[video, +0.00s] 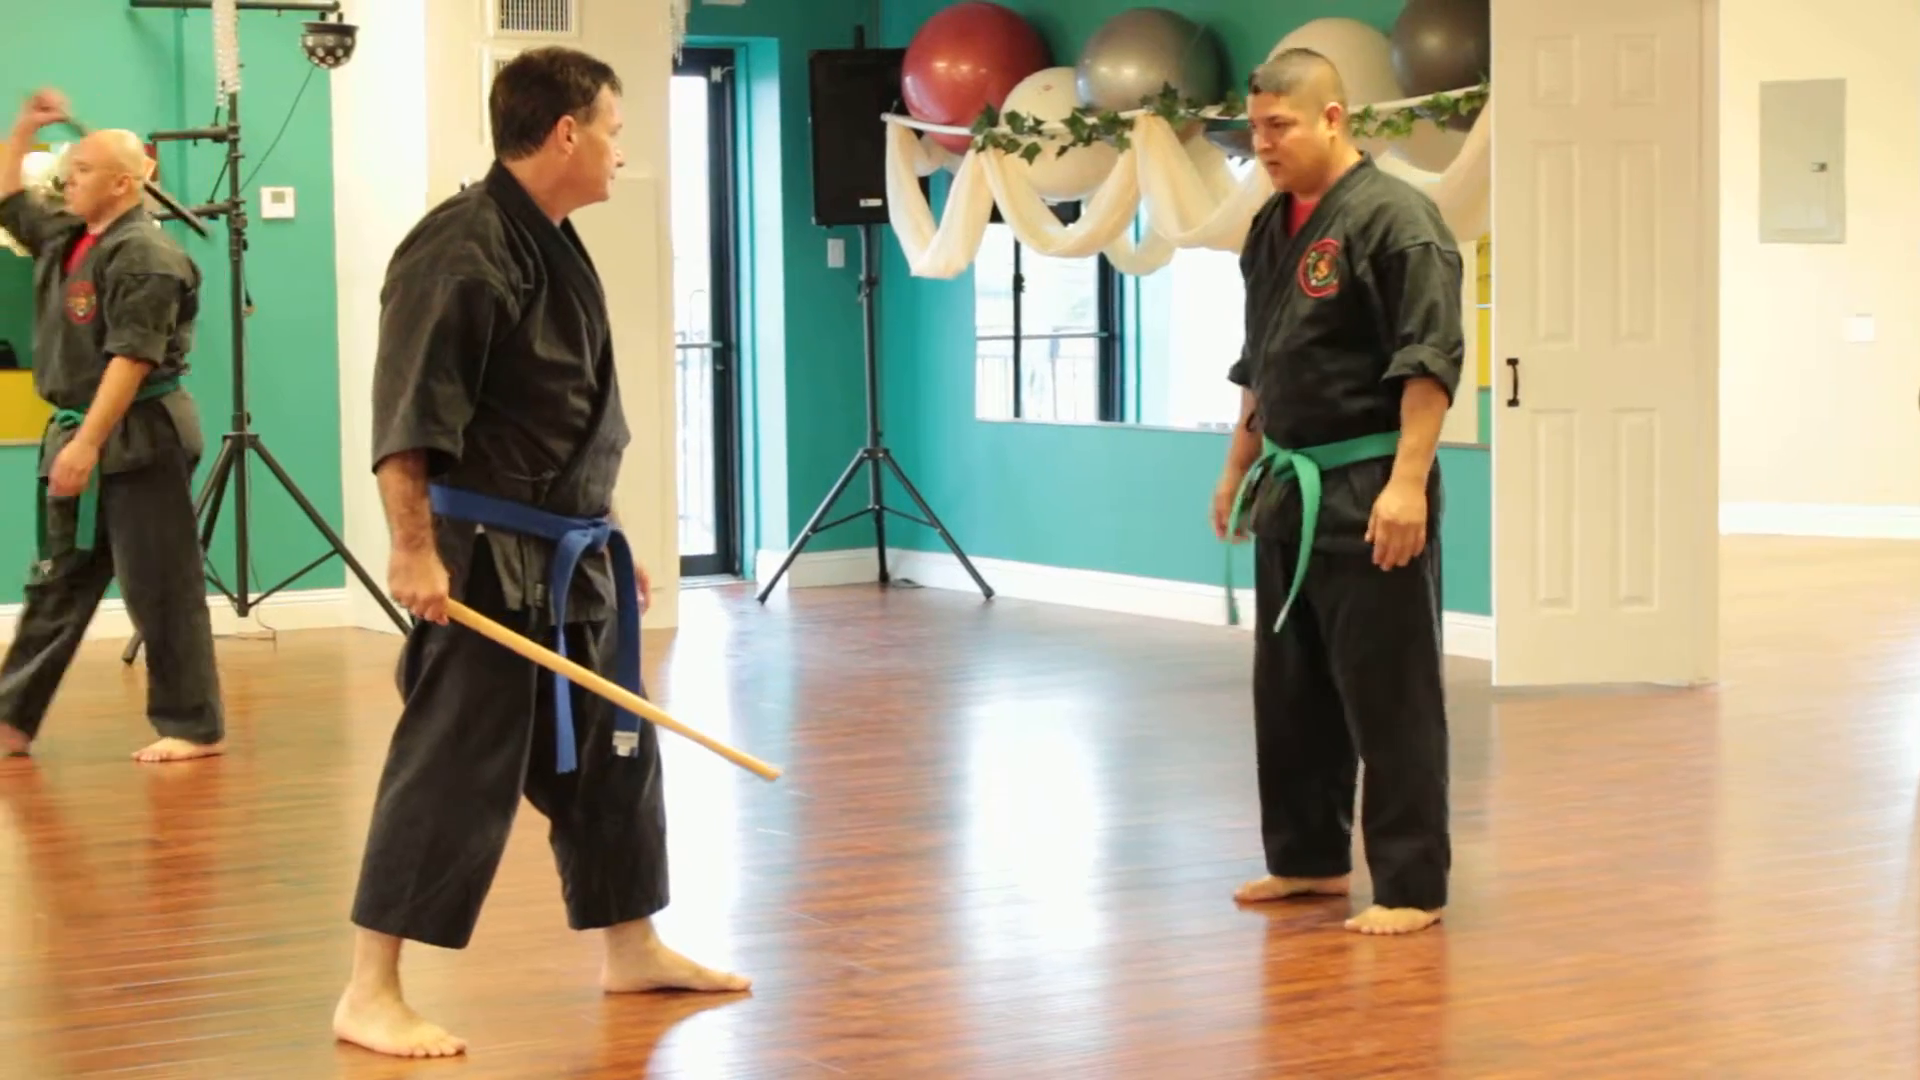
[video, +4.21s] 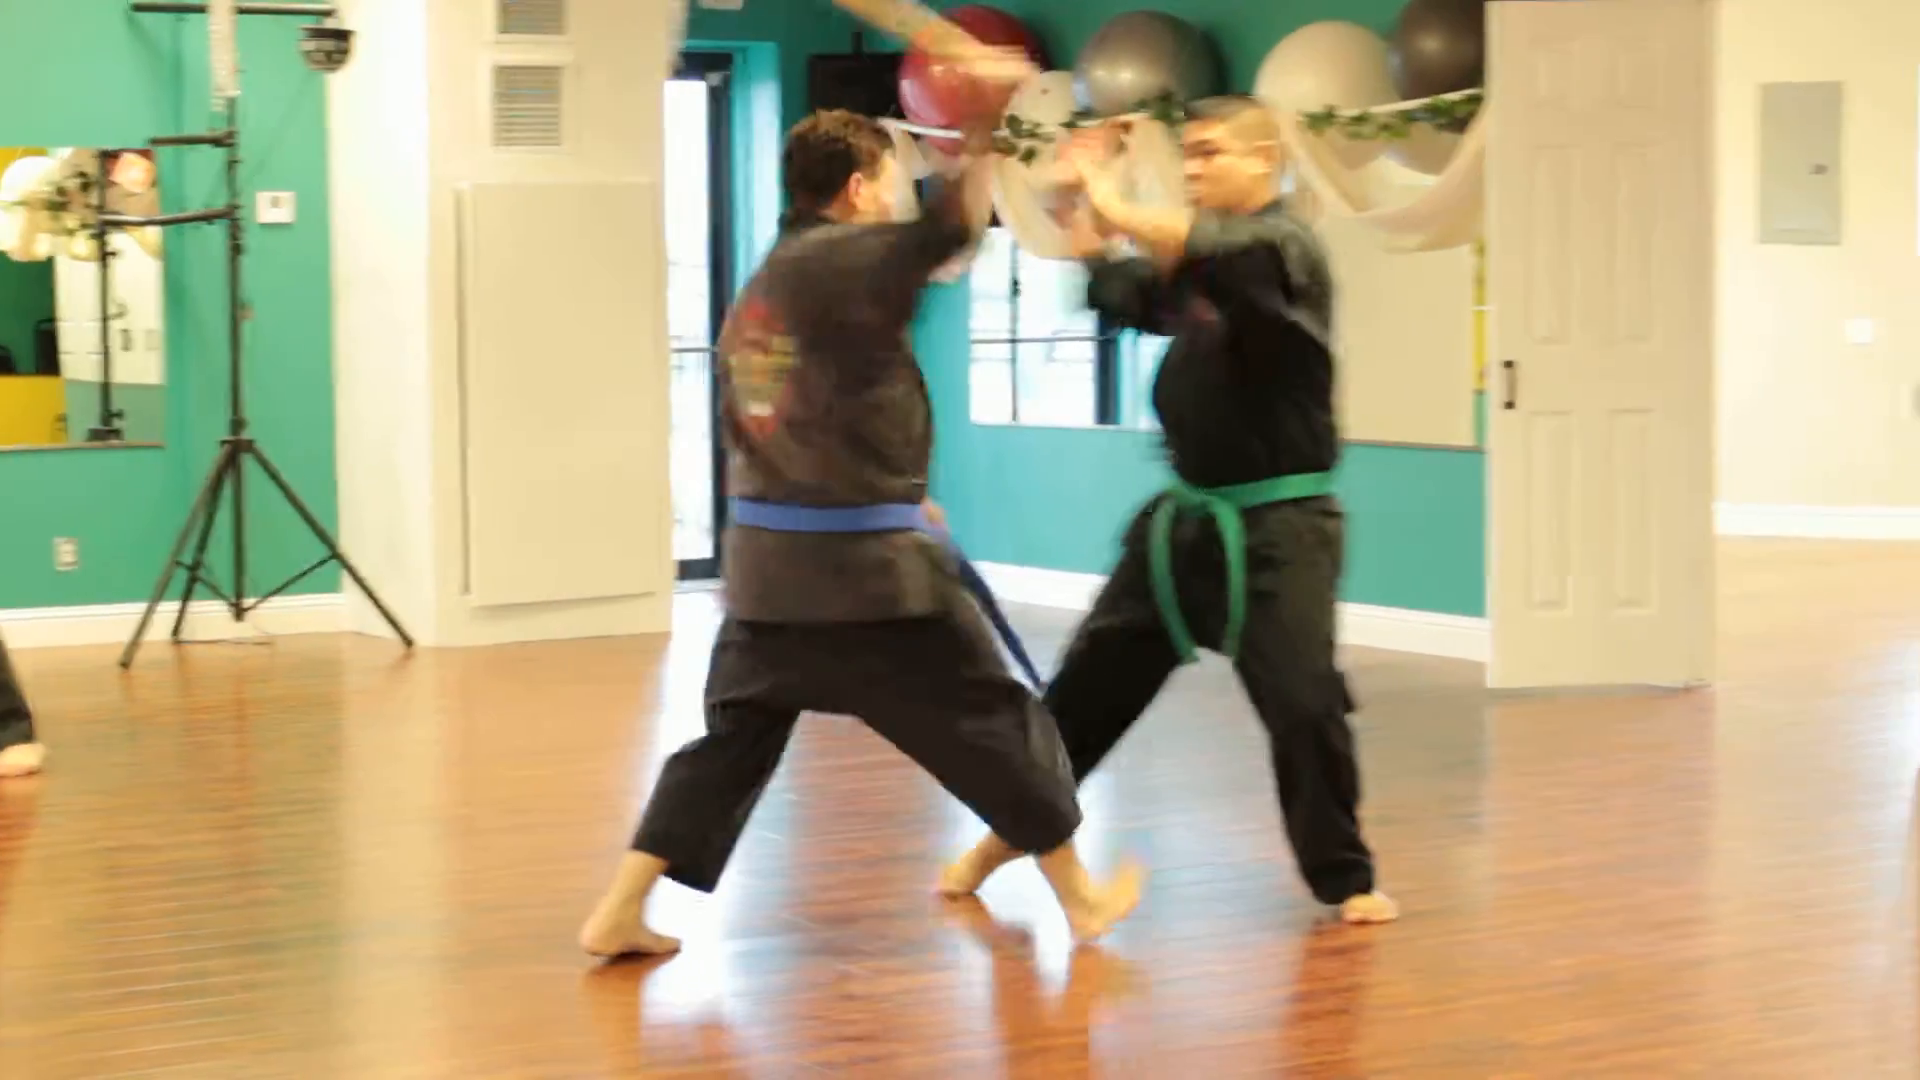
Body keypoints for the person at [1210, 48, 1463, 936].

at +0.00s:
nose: (1262, 144)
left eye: (1277, 127)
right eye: (1256, 129)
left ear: (1334, 119)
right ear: (1259, 131)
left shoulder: (1398, 216)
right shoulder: (1271, 224)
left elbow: (1432, 365)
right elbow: (1261, 364)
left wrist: (1408, 483)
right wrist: (1238, 464)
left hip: (1372, 479)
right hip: (1288, 480)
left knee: (1389, 690)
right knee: (1295, 682)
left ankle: (1410, 888)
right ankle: (1310, 862)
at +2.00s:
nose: (1292, 152)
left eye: (1305, 134)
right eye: (1286, 137)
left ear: (1361, 123)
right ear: (1299, 137)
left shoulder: (1423, 225)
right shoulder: (1317, 226)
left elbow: (1444, 373)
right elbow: (1317, 360)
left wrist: (1424, 496)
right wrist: (1305, 475)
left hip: (1399, 480)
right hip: (1326, 480)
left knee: (1410, 693)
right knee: (1324, 684)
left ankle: (1435, 890)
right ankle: (1343, 861)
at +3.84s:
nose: (1276, 131)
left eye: (1295, 116)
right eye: (1274, 118)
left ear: (1352, 127)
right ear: (1291, 132)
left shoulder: (1377, 233)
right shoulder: (1313, 228)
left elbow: (1375, 385)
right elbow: (1312, 373)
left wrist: (1301, 477)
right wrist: (1268, 454)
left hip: (1385, 487)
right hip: (1318, 480)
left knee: (1375, 679)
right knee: (1307, 675)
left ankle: (1388, 873)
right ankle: (1336, 861)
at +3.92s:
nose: (1272, 144)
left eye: (1291, 129)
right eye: (1269, 131)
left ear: (1347, 140)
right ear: (1274, 145)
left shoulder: (1366, 239)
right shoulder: (1310, 241)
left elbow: (1335, 370)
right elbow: (1283, 369)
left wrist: (1220, 383)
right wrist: (1264, 387)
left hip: (1379, 497)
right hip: (1303, 494)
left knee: (1373, 688)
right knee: (1246, 658)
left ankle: (1384, 873)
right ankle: (1308, 824)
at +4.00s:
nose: (1268, 154)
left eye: (1286, 139)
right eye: (1264, 140)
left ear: (1340, 150)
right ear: (1269, 153)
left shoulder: (1359, 253)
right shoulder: (1309, 244)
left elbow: (1255, 349)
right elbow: (1282, 296)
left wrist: (1170, 291)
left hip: (1371, 505)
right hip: (1291, 500)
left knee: (1366, 684)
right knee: (1199, 642)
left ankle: (1383, 878)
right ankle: (1226, 812)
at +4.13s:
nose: (1248, 163)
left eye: (1265, 146)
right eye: (1241, 150)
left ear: (1321, 153)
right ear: (1243, 164)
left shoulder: (1337, 247)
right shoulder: (1267, 246)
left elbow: (1232, 291)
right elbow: (1201, 280)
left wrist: (1146, 230)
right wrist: (1168, 204)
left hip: (1343, 513)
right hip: (1257, 510)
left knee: (1338, 691)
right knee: (1159, 663)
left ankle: (1382, 884)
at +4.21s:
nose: (1194, 169)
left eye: (1210, 154)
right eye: (1188, 156)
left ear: (1265, 162)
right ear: (1185, 167)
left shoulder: (1293, 246)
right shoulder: (1191, 261)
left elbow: (1219, 245)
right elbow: (1128, 295)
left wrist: (1116, 212)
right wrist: (1079, 205)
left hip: (1284, 513)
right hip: (1189, 510)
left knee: (1299, 694)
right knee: (1096, 676)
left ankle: (1348, 884)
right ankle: (1016, 826)